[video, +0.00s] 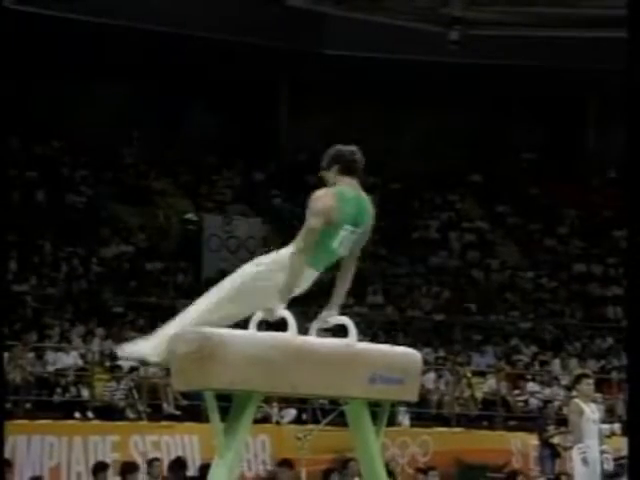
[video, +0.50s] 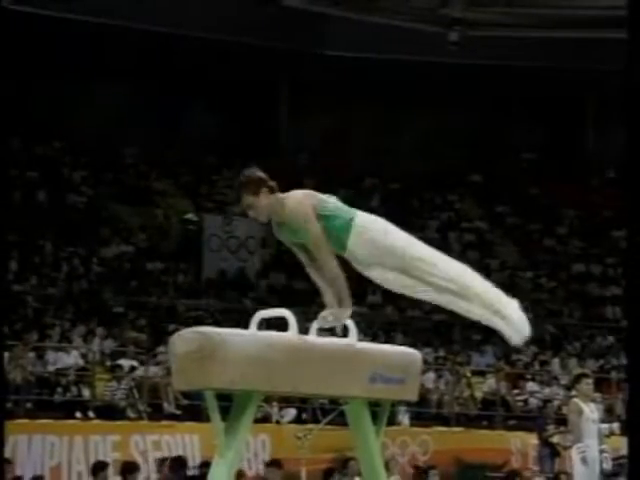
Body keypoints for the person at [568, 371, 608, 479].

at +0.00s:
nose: (591, 388)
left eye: (592, 384)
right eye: (587, 384)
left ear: (594, 386)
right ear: (577, 387)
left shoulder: (593, 406)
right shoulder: (575, 405)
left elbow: (594, 428)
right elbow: (575, 429)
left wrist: (611, 429)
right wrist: (581, 452)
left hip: (595, 448)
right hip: (584, 449)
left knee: (595, 474)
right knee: (584, 475)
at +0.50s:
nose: (590, 387)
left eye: (591, 384)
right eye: (586, 384)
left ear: (593, 386)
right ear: (577, 387)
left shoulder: (592, 405)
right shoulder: (575, 404)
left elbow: (594, 428)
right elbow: (574, 429)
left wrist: (610, 428)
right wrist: (580, 452)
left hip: (594, 448)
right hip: (583, 450)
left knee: (594, 474)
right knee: (583, 475)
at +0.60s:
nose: (590, 387)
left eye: (591, 384)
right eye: (586, 384)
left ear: (594, 386)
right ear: (577, 387)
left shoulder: (592, 405)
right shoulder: (574, 404)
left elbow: (596, 429)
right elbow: (574, 428)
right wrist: (580, 450)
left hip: (594, 449)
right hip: (583, 450)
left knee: (594, 474)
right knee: (583, 475)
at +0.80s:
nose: (591, 388)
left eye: (591, 384)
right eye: (587, 384)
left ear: (594, 386)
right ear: (577, 387)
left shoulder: (592, 405)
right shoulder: (574, 404)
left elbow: (595, 430)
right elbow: (574, 428)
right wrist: (580, 450)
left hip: (594, 449)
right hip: (583, 451)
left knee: (594, 474)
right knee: (583, 475)